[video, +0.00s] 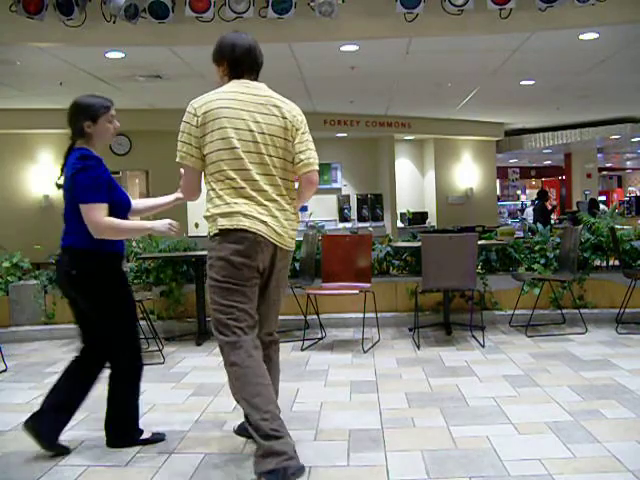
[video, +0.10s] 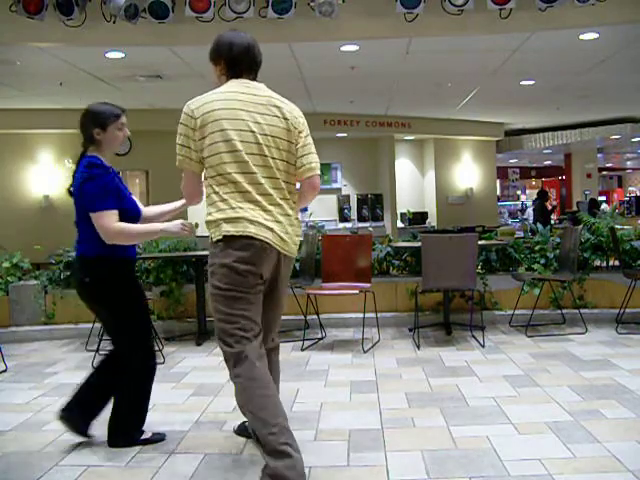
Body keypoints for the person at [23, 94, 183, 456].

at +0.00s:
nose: (117, 124)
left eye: (115, 118)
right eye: (110, 119)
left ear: (89, 127)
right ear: (90, 125)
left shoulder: (87, 162)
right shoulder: (87, 165)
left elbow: (127, 206)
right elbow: (99, 226)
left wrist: (177, 197)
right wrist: (153, 227)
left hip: (81, 265)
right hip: (97, 266)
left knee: (97, 348)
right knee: (127, 352)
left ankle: (45, 424)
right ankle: (123, 432)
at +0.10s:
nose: (127, 134)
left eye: (126, 128)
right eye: (120, 128)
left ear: (101, 134)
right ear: (98, 133)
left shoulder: (105, 171)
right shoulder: (95, 174)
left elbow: (138, 215)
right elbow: (110, 231)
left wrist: (185, 203)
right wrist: (165, 229)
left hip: (112, 270)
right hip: (104, 272)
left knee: (134, 348)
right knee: (137, 350)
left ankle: (77, 415)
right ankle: (126, 434)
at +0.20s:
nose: (136, 132)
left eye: (136, 125)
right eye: (130, 126)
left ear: (116, 132)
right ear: (108, 131)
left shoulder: (118, 168)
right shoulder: (103, 170)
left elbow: (141, 218)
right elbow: (116, 228)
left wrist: (184, 214)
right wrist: (175, 226)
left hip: (127, 268)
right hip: (113, 270)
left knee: (157, 339)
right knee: (145, 345)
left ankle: (128, 425)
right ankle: (124, 432)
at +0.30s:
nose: (147, 126)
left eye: (146, 120)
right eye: (139, 120)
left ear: (136, 126)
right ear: (117, 126)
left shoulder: (133, 162)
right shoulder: (114, 164)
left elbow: (146, 213)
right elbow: (122, 219)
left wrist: (187, 215)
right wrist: (181, 217)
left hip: (140, 263)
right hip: (121, 266)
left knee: (169, 332)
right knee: (139, 344)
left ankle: (176, 409)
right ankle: (124, 432)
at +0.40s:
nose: (156, 125)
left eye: (157, 119)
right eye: (148, 119)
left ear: (156, 126)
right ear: (128, 125)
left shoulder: (157, 164)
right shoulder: (121, 163)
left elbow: (181, 207)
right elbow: (128, 216)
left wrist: (205, 215)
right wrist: (183, 215)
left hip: (154, 262)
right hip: (129, 264)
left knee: (182, 335)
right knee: (135, 348)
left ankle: (211, 403)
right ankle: (123, 432)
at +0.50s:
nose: (167, 126)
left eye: (169, 120)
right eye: (159, 121)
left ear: (170, 127)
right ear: (140, 128)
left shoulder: (172, 166)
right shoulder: (130, 163)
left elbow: (180, 210)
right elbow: (132, 219)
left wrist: (205, 216)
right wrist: (182, 218)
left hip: (171, 263)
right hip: (139, 264)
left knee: (196, 336)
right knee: (140, 349)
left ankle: (217, 403)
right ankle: (124, 431)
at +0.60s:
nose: (178, 127)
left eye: (181, 121)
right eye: (170, 121)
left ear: (186, 126)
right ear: (153, 127)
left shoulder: (191, 163)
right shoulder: (141, 165)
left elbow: (203, 208)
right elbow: (135, 220)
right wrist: (179, 220)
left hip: (188, 262)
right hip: (150, 261)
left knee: (212, 335)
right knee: (149, 349)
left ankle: (223, 403)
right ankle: (125, 427)